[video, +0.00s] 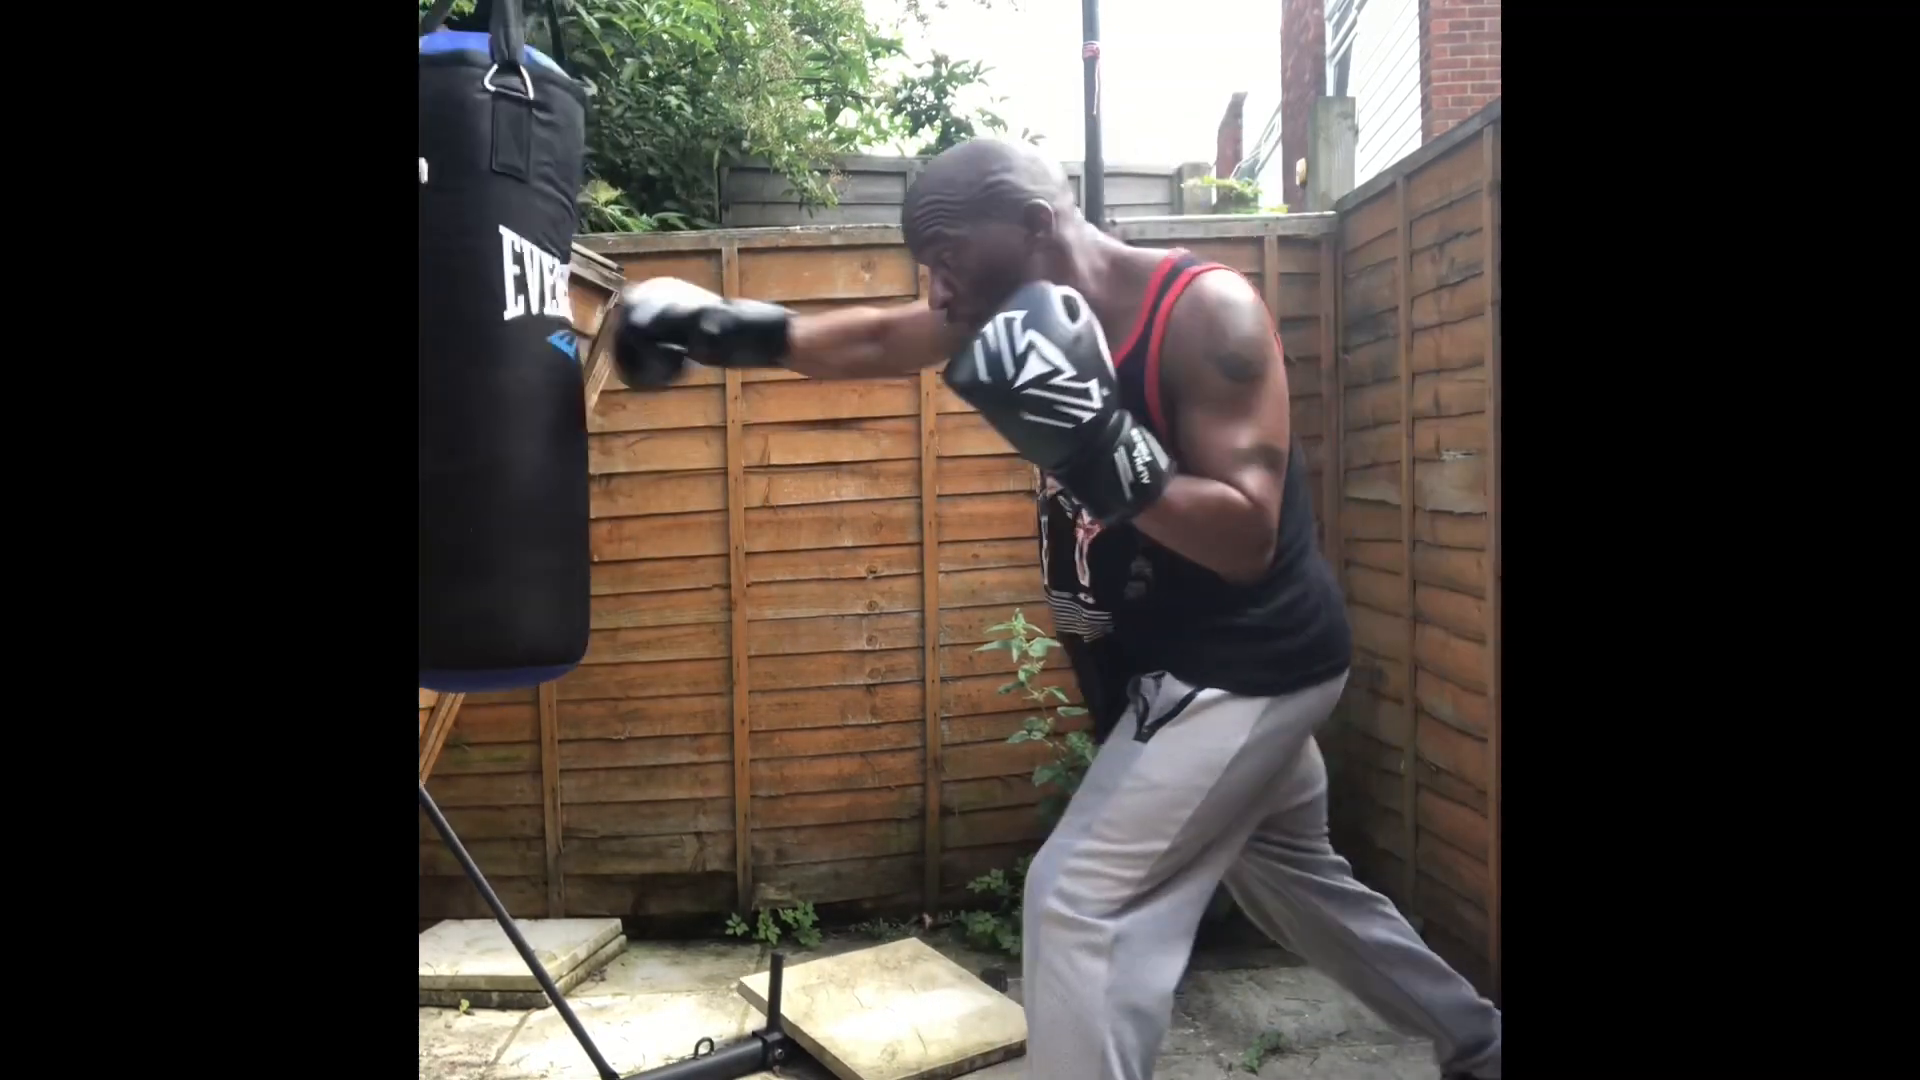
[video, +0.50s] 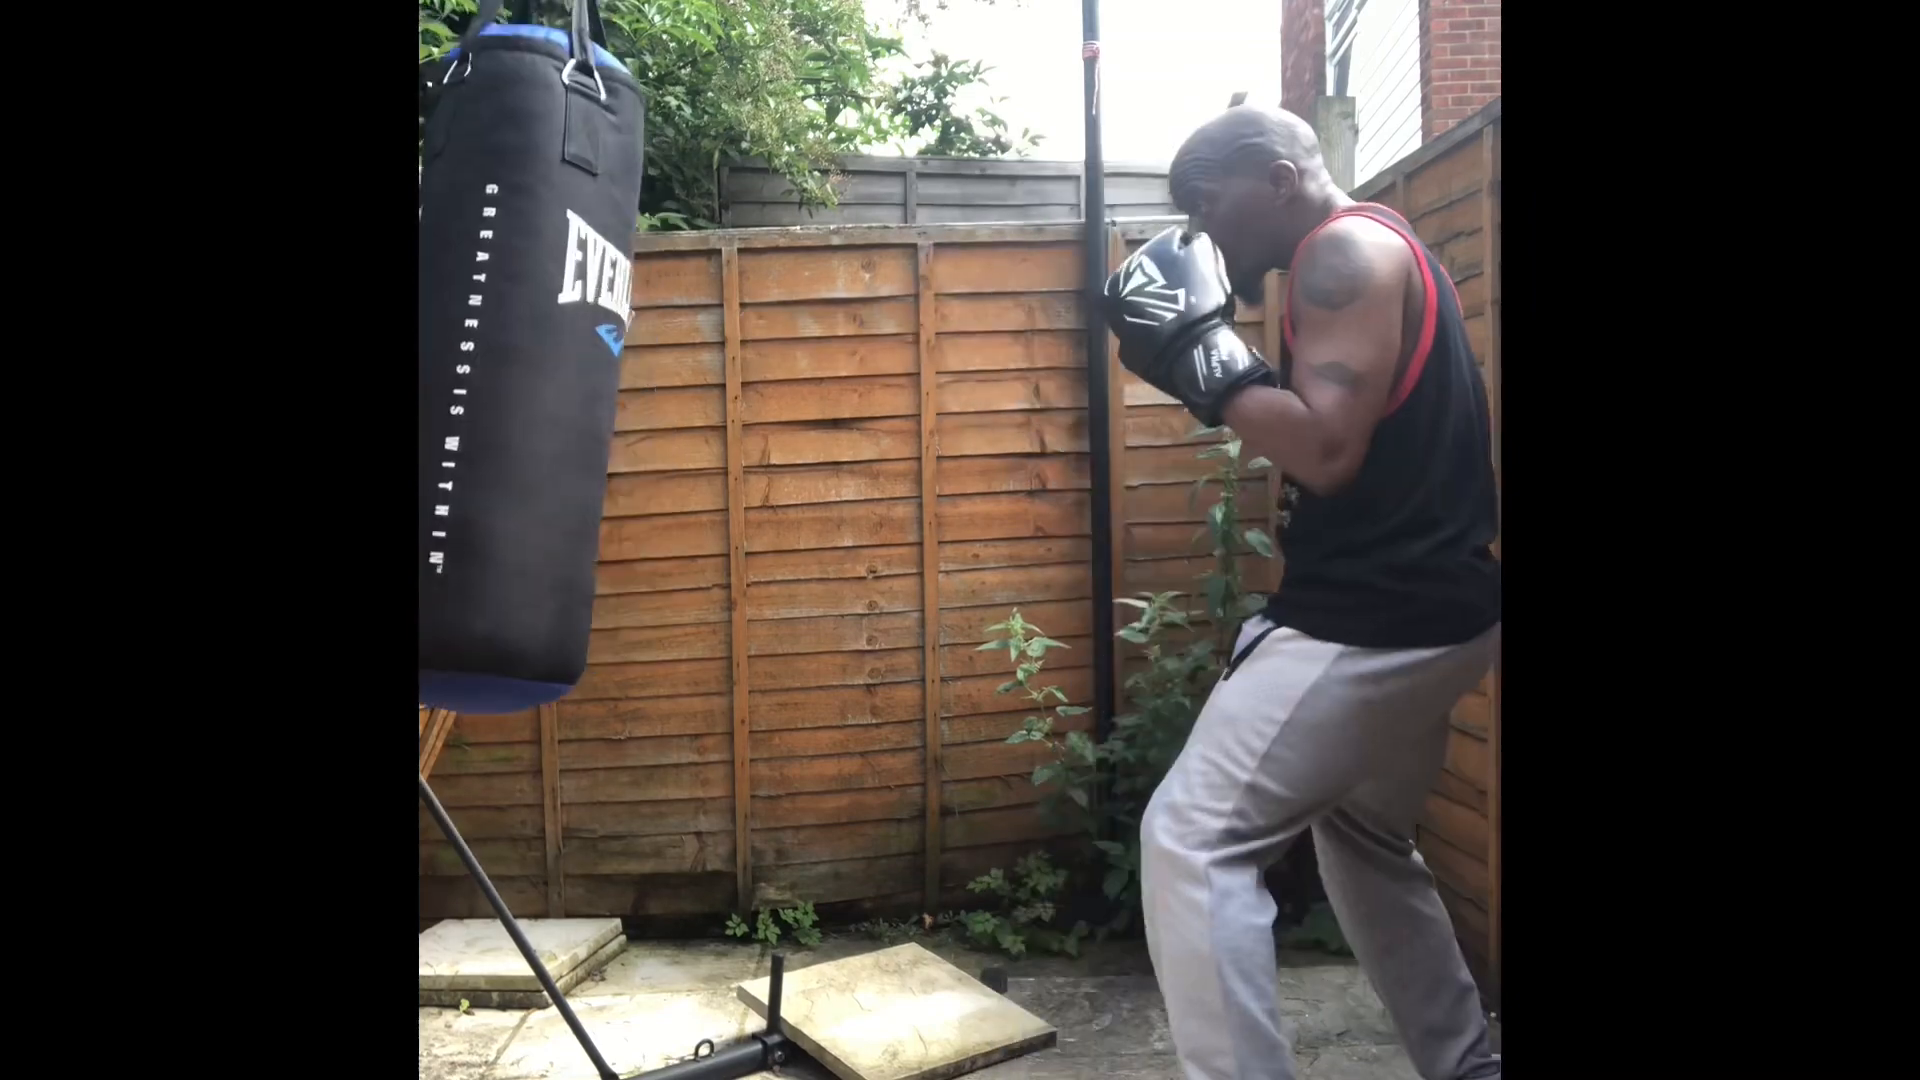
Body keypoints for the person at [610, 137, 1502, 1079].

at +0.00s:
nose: (936, 298)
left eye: (947, 270)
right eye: (929, 273)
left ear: (1040, 230)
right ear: (1026, 229)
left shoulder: (1213, 316)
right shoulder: (1026, 301)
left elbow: (1248, 539)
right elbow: (877, 338)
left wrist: (1112, 460)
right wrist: (722, 332)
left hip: (1252, 664)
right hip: (1157, 663)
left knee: (1074, 899)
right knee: (1295, 885)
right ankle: (1478, 1040)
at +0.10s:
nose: (933, 256)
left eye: (942, 222)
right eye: (923, 232)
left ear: (1035, 196)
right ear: (1033, 203)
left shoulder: (1182, 302)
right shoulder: (1062, 303)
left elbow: (1176, 536)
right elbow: (1068, 452)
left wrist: (1018, 433)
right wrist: (909, 401)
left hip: (1226, 651)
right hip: (1171, 642)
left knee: (1058, 895)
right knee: (1253, 872)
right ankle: (1453, 1029)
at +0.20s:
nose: (969, 246)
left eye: (967, 219)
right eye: (958, 225)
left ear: (1034, 186)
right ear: (1049, 186)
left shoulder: (1151, 285)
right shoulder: (1137, 272)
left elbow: (1112, 519)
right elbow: (1111, 466)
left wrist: (981, 403)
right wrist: (996, 400)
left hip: (1205, 654)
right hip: (1240, 637)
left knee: (1037, 891)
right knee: (1237, 848)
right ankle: (1439, 1036)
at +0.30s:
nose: (1033, 253)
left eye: (1032, 225)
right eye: (1023, 231)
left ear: (1099, 190)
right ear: (1120, 188)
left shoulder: (1166, 282)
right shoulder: (1248, 258)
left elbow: (1104, 505)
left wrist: (997, 369)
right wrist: (1038, 358)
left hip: (1204, 668)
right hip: (1303, 644)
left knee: (1040, 889)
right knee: (1272, 860)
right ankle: (1445, 1061)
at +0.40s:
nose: (1089, 247)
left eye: (1093, 217)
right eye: (1081, 223)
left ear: (1162, 196)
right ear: (1187, 196)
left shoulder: (1221, 284)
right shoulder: (1310, 265)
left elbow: (1168, 499)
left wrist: (1063, 381)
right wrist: (1124, 375)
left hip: (1245, 665)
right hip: (1351, 649)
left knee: (1086, 889)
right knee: (1330, 878)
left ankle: (1057, 1068)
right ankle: (1458, 1066)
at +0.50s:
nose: (1212, 246)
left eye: (1213, 220)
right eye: (1202, 227)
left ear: (1280, 183)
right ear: (1286, 184)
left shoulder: (1347, 252)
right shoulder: (1370, 243)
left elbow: (1326, 451)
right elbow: (1310, 428)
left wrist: (1196, 352)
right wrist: (1190, 357)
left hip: (1367, 615)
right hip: (1434, 609)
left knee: (1189, 838)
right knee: (1365, 840)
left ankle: (1238, 1069)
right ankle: (1467, 1063)